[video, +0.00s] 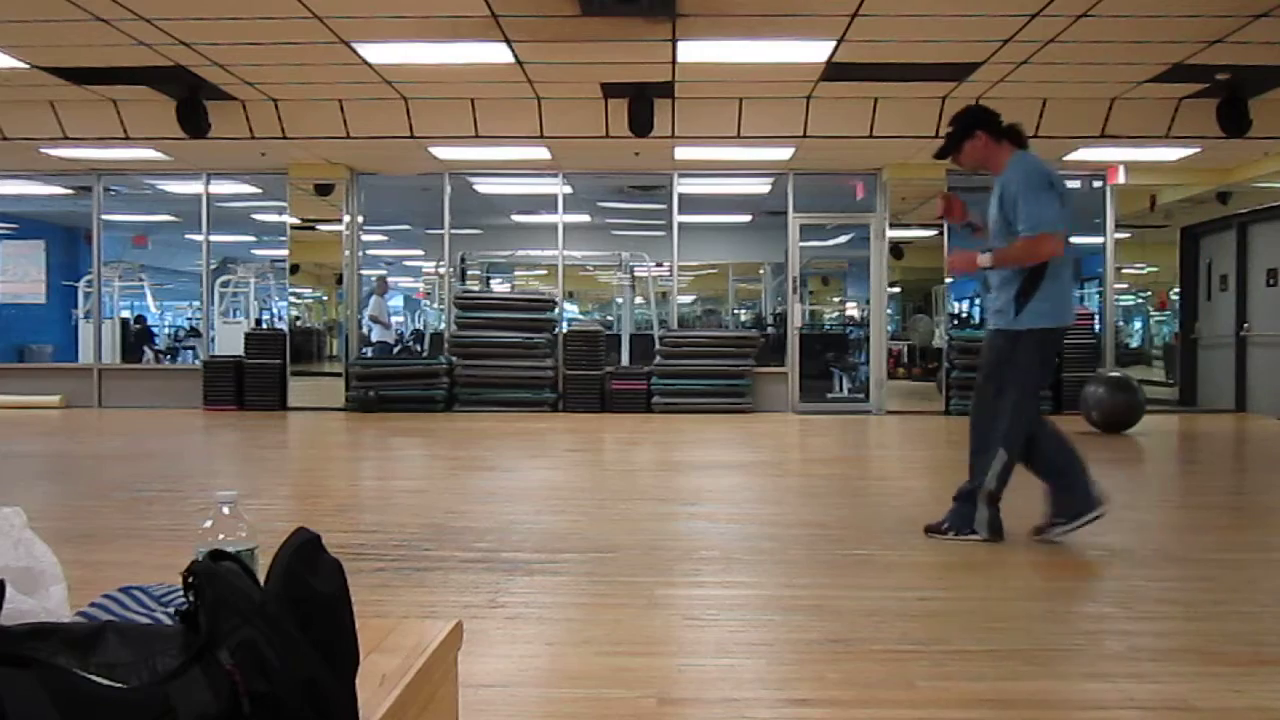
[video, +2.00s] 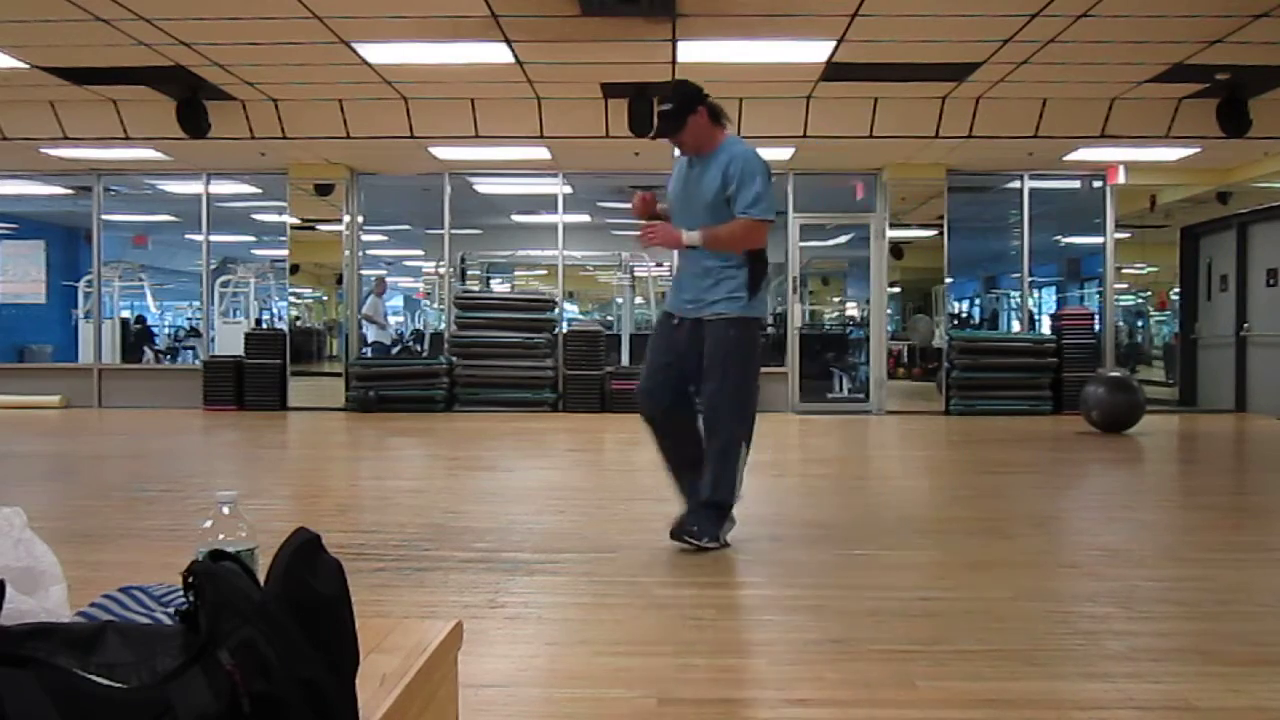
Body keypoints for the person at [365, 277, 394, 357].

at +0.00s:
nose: (387, 288)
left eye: (386, 285)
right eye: (385, 285)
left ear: (385, 286)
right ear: (379, 286)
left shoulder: (383, 300)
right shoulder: (375, 299)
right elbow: (371, 316)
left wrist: (388, 323)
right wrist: (385, 324)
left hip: (386, 338)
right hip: (380, 338)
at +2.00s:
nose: (385, 289)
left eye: (385, 286)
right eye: (383, 286)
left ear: (385, 287)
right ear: (377, 287)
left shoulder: (381, 300)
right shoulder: (373, 299)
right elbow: (365, 314)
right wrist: (379, 323)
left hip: (384, 337)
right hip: (376, 337)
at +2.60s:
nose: (385, 288)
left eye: (385, 286)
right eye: (383, 286)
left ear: (385, 287)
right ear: (377, 287)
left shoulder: (381, 301)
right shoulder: (372, 299)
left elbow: (383, 316)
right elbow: (365, 314)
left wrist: (386, 324)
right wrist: (378, 324)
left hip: (384, 337)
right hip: (376, 338)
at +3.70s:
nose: (386, 288)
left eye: (386, 286)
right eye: (384, 286)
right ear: (378, 286)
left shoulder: (382, 301)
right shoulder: (373, 299)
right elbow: (366, 314)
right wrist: (380, 323)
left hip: (385, 337)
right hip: (377, 338)